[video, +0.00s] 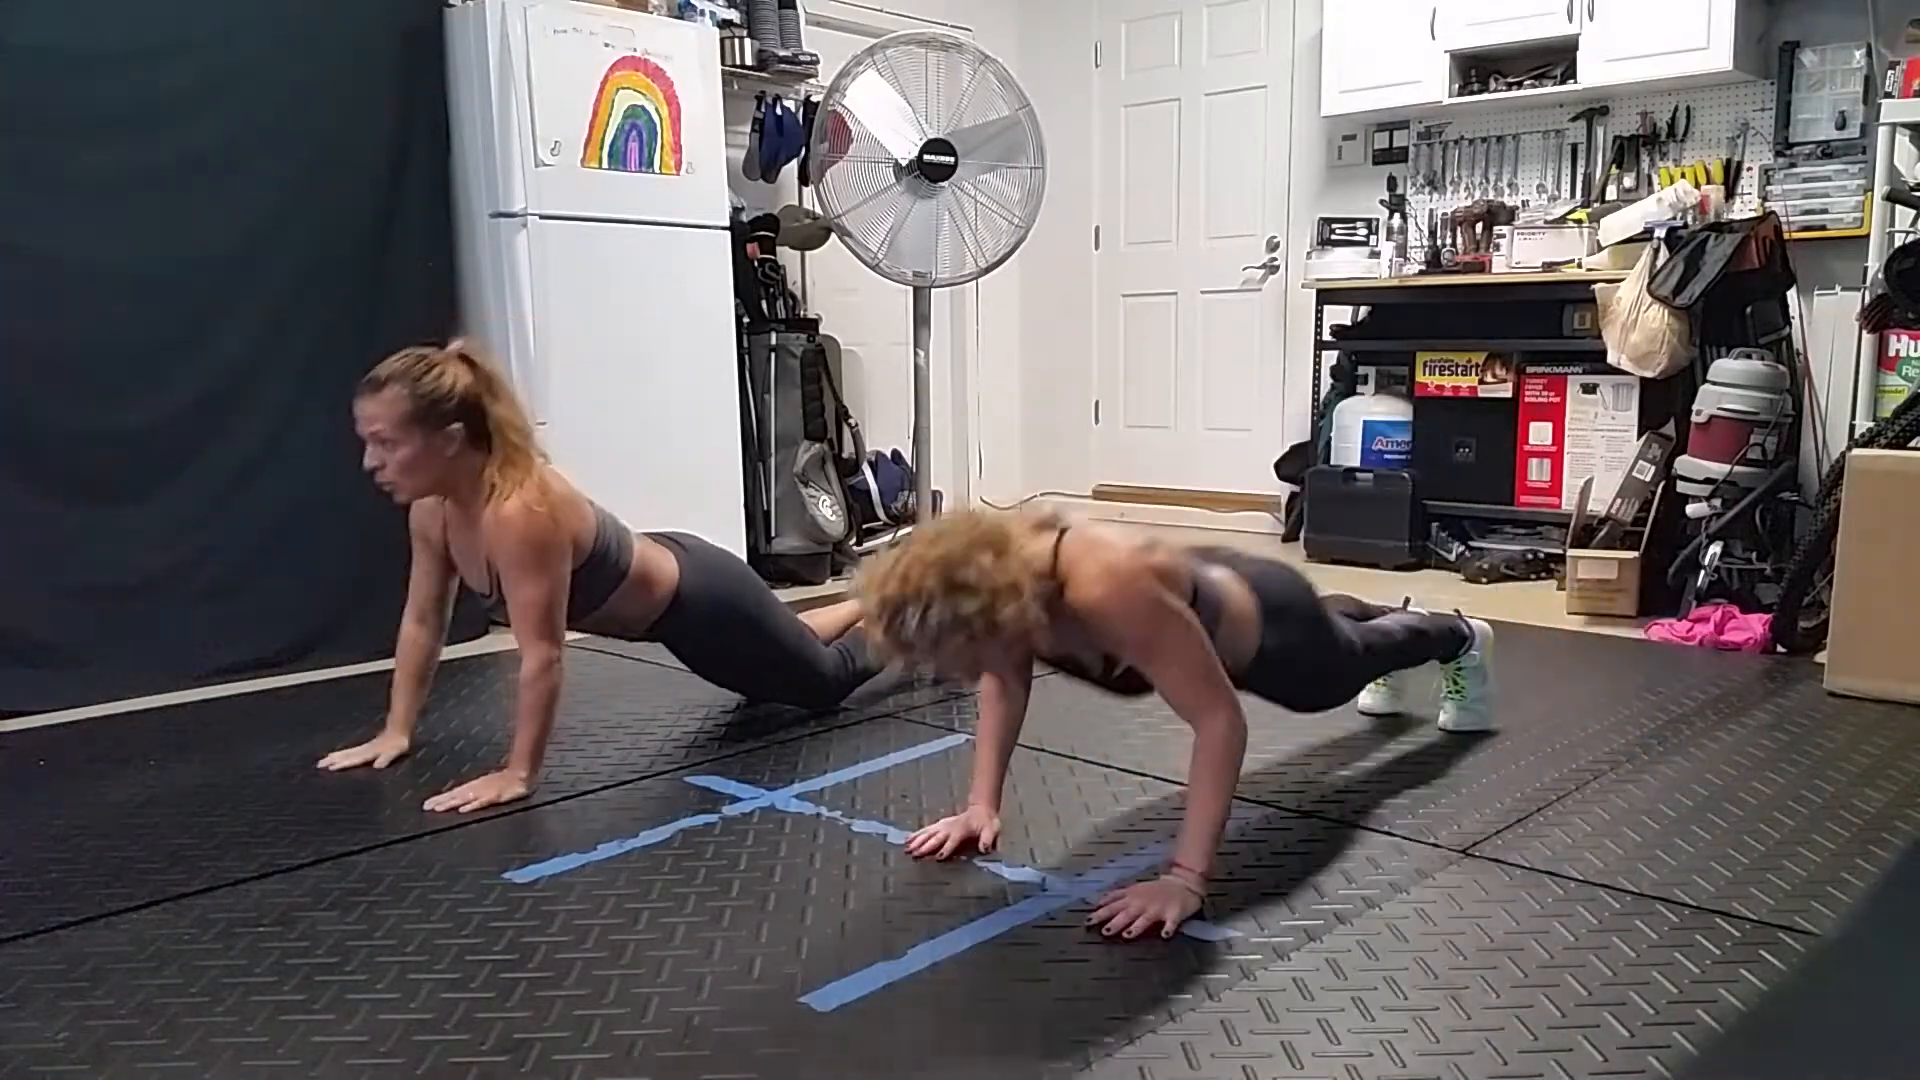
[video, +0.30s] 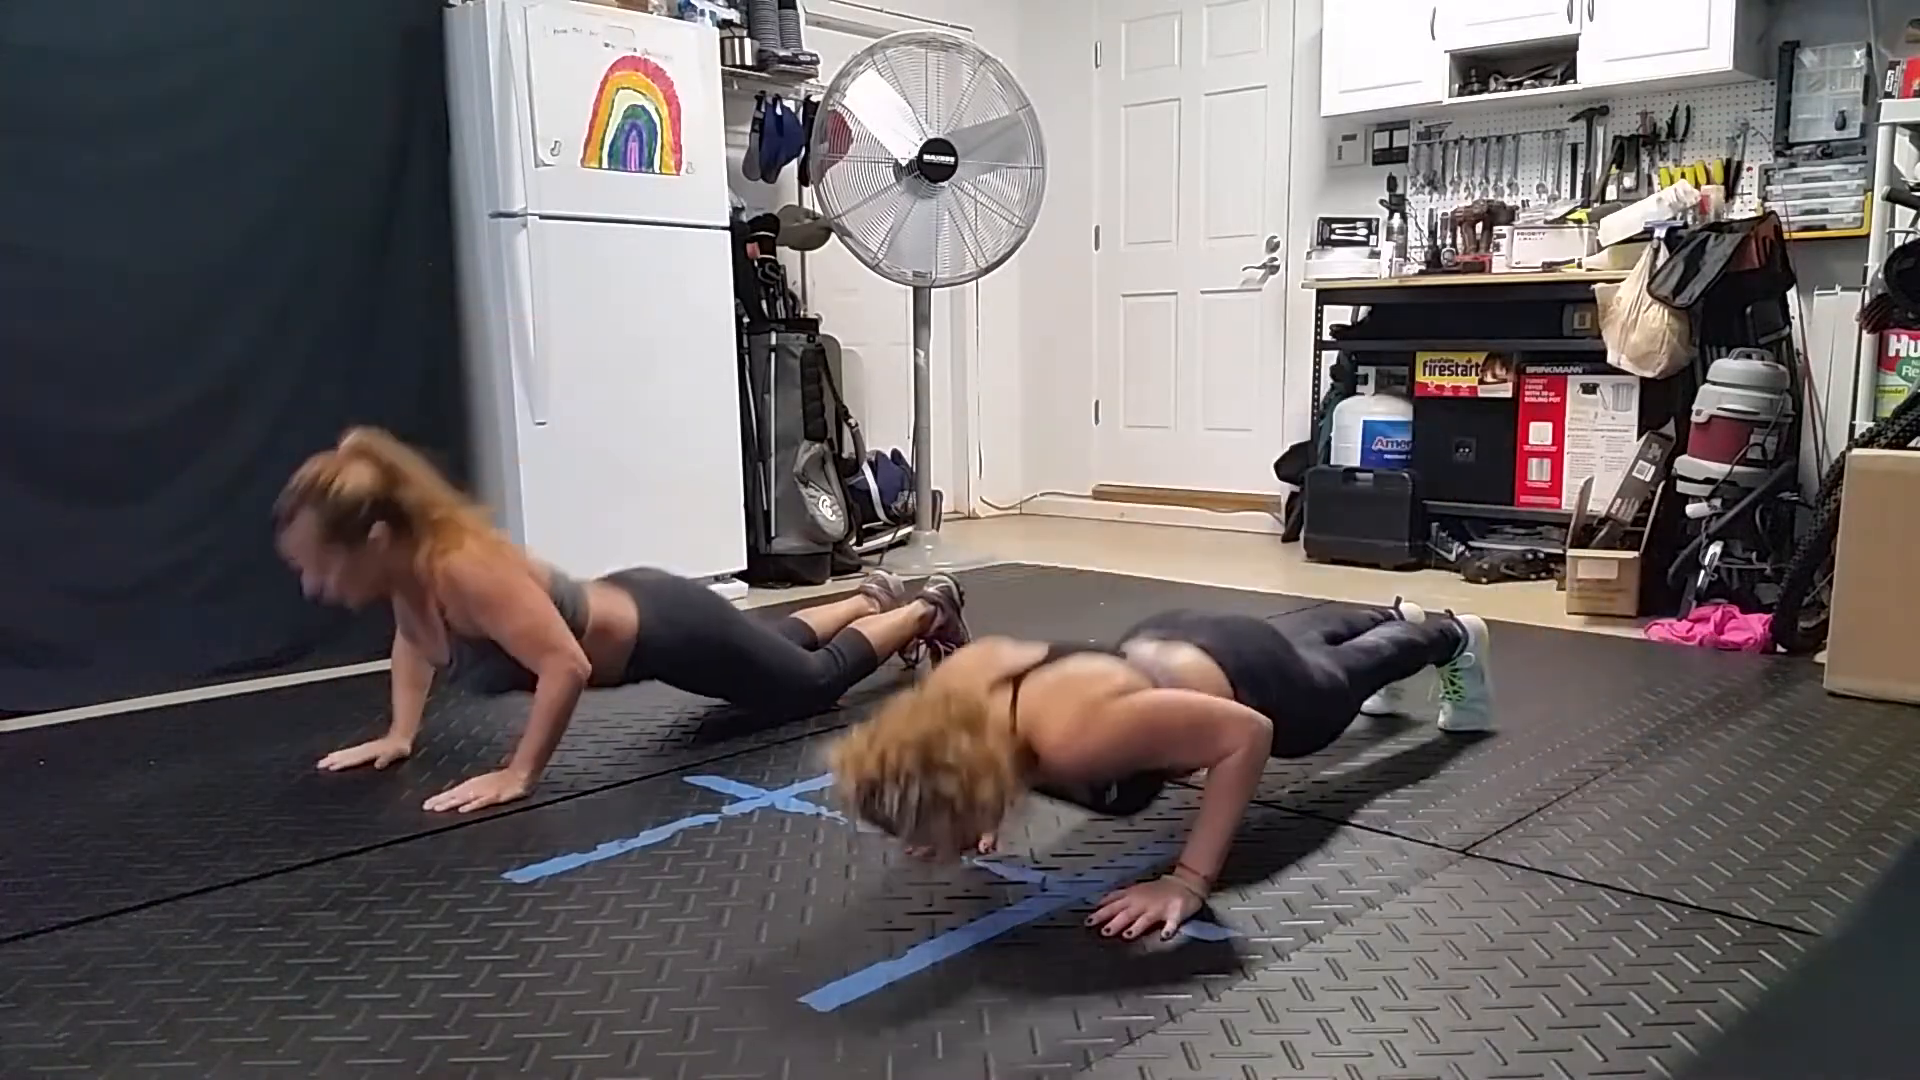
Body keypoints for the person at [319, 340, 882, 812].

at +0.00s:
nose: (369, 463)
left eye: (383, 445)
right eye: (365, 445)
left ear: (453, 438)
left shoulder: (522, 513)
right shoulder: (433, 504)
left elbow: (542, 655)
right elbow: (422, 618)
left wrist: (518, 772)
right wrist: (397, 732)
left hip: (702, 603)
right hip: (666, 581)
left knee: (832, 676)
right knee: (780, 641)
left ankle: (937, 607)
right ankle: (884, 591)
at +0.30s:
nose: (309, 586)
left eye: (311, 568)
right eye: (301, 572)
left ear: (372, 539)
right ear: (367, 541)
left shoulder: (467, 570)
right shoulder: (406, 570)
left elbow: (565, 667)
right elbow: (414, 643)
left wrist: (516, 775)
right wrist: (400, 735)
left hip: (671, 631)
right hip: (633, 606)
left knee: (816, 688)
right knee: (771, 641)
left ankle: (925, 611)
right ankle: (872, 596)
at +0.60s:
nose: (314, 690)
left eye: (306, 678)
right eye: (300, 682)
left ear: (326, 639)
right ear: (325, 634)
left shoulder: (438, 598)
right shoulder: (378, 607)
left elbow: (558, 670)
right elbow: (391, 657)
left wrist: (514, 776)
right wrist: (398, 731)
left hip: (654, 650)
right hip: (619, 631)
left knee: (813, 681)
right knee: (761, 644)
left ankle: (915, 613)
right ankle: (859, 596)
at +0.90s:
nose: (330, 613)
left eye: (323, 598)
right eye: (318, 605)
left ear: (347, 565)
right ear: (342, 560)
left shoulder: (465, 539)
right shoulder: (392, 551)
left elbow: (545, 660)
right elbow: (399, 635)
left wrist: (517, 772)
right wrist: (398, 736)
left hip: (663, 594)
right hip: (629, 587)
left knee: (809, 671)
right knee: (774, 644)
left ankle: (912, 615)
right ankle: (879, 606)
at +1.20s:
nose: (326, 538)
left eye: (320, 522)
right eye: (311, 528)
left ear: (348, 479)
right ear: (338, 483)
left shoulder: (477, 495)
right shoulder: (396, 502)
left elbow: (518, 642)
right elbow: (405, 622)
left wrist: (516, 771)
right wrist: (398, 736)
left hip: (671, 561)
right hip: (632, 572)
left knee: (782, 688)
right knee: (746, 677)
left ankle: (900, 654)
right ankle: (856, 632)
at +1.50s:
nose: (337, 483)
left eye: (340, 463)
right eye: (323, 471)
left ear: (379, 425)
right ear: (321, 454)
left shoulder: (481, 457)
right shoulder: (388, 486)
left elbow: (425, 588)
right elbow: (400, 591)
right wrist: (396, 723)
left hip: (669, 554)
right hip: (629, 580)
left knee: (778, 686)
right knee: (742, 669)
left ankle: (896, 657)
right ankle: (844, 638)